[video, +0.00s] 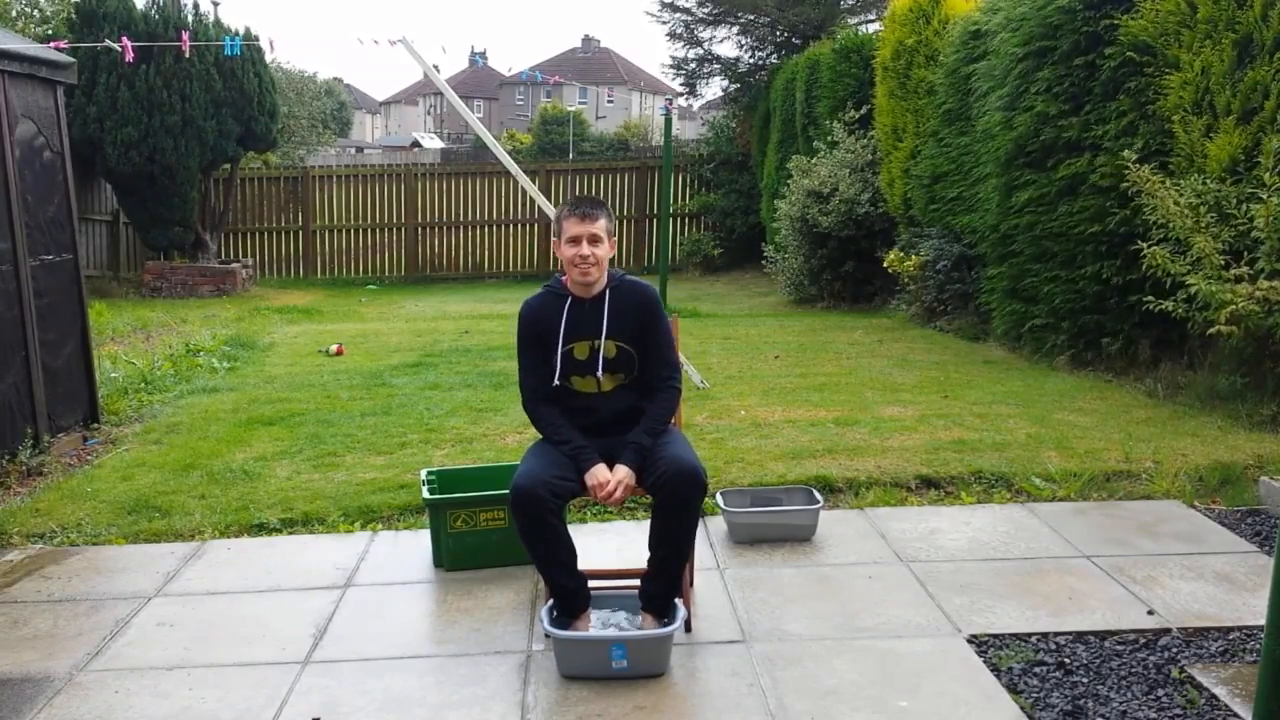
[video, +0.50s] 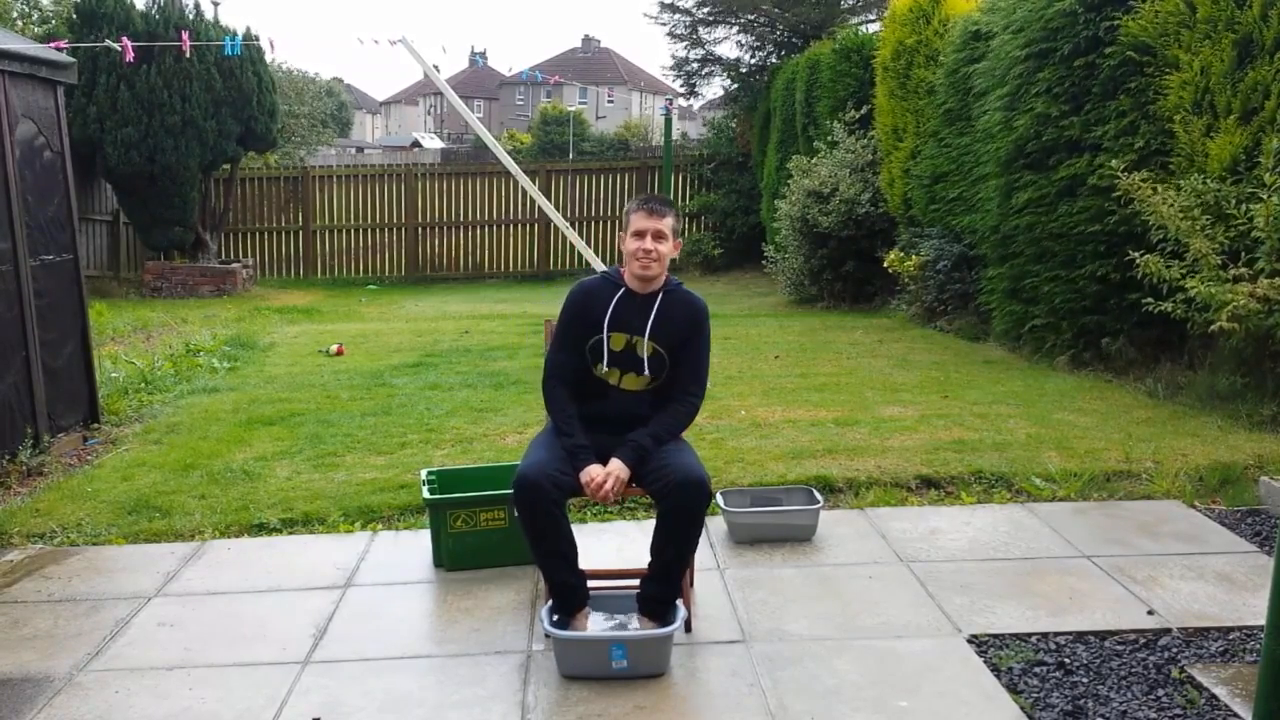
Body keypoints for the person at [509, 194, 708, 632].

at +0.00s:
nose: (584, 252)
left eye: (594, 241)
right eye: (573, 242)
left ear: (611, 247)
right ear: (557, 249)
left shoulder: (641, 300)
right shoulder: (538, 311)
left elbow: (667, 386)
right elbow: (536, 400)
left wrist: (630, 460)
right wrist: (587, 460)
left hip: (640, 433)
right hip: (569, 438)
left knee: (686, 477)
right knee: (527, 491)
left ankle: (657, 604)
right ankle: (573, 606)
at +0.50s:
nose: (647, 246)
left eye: (658, 237)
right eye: (638, 236)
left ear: (675, 248)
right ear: (622, 243)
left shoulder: (689, 311)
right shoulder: (587, 296)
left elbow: (687, 400)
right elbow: (555, 381)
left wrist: (629, 456)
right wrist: (584, 458)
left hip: (651, 434)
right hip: (579, 431)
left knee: (691, 486)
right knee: (532, 482)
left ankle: (656, 605)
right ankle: (571, 605)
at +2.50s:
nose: (588, 244)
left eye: (601, 234)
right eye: (586, 233)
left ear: (637, 245)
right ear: (582, 237)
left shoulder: (667, 305)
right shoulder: (566, 300)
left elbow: (678, 393)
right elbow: (552, 390)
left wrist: (634, 459)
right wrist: (588, 463)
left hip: (648, 434)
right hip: (576, 435)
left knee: (693, 484)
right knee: (533, 487)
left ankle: (658, 604)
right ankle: (574, 604)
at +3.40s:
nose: (627, 255)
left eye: (638, 245)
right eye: (617, 242)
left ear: (651, 250)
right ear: (596, 242)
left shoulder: (666, 306)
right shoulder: (565, 303)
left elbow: (676, 394)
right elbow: (551, 392)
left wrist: (634, 460)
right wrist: (587, 464)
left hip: (648, 436)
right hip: (575, 437)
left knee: (692, 484)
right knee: (530, 487)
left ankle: (658, 605)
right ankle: (573, 605)